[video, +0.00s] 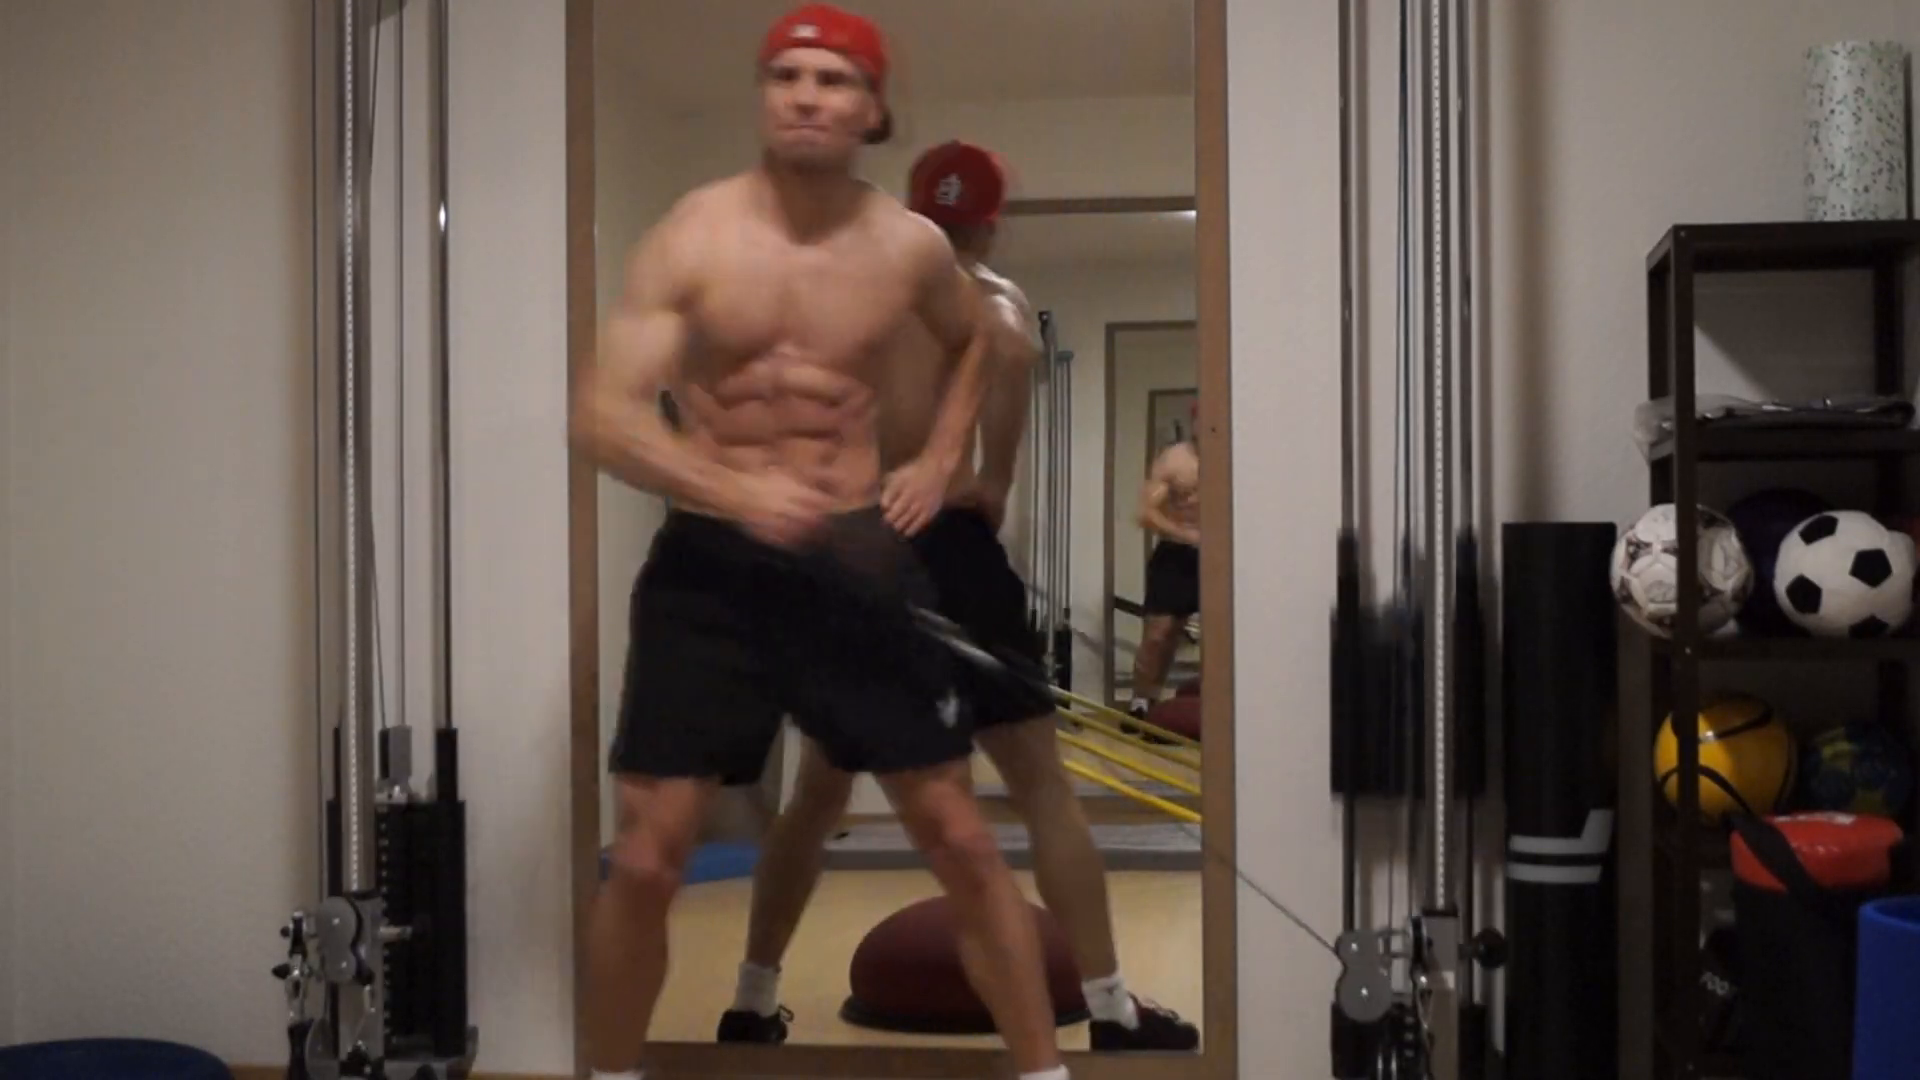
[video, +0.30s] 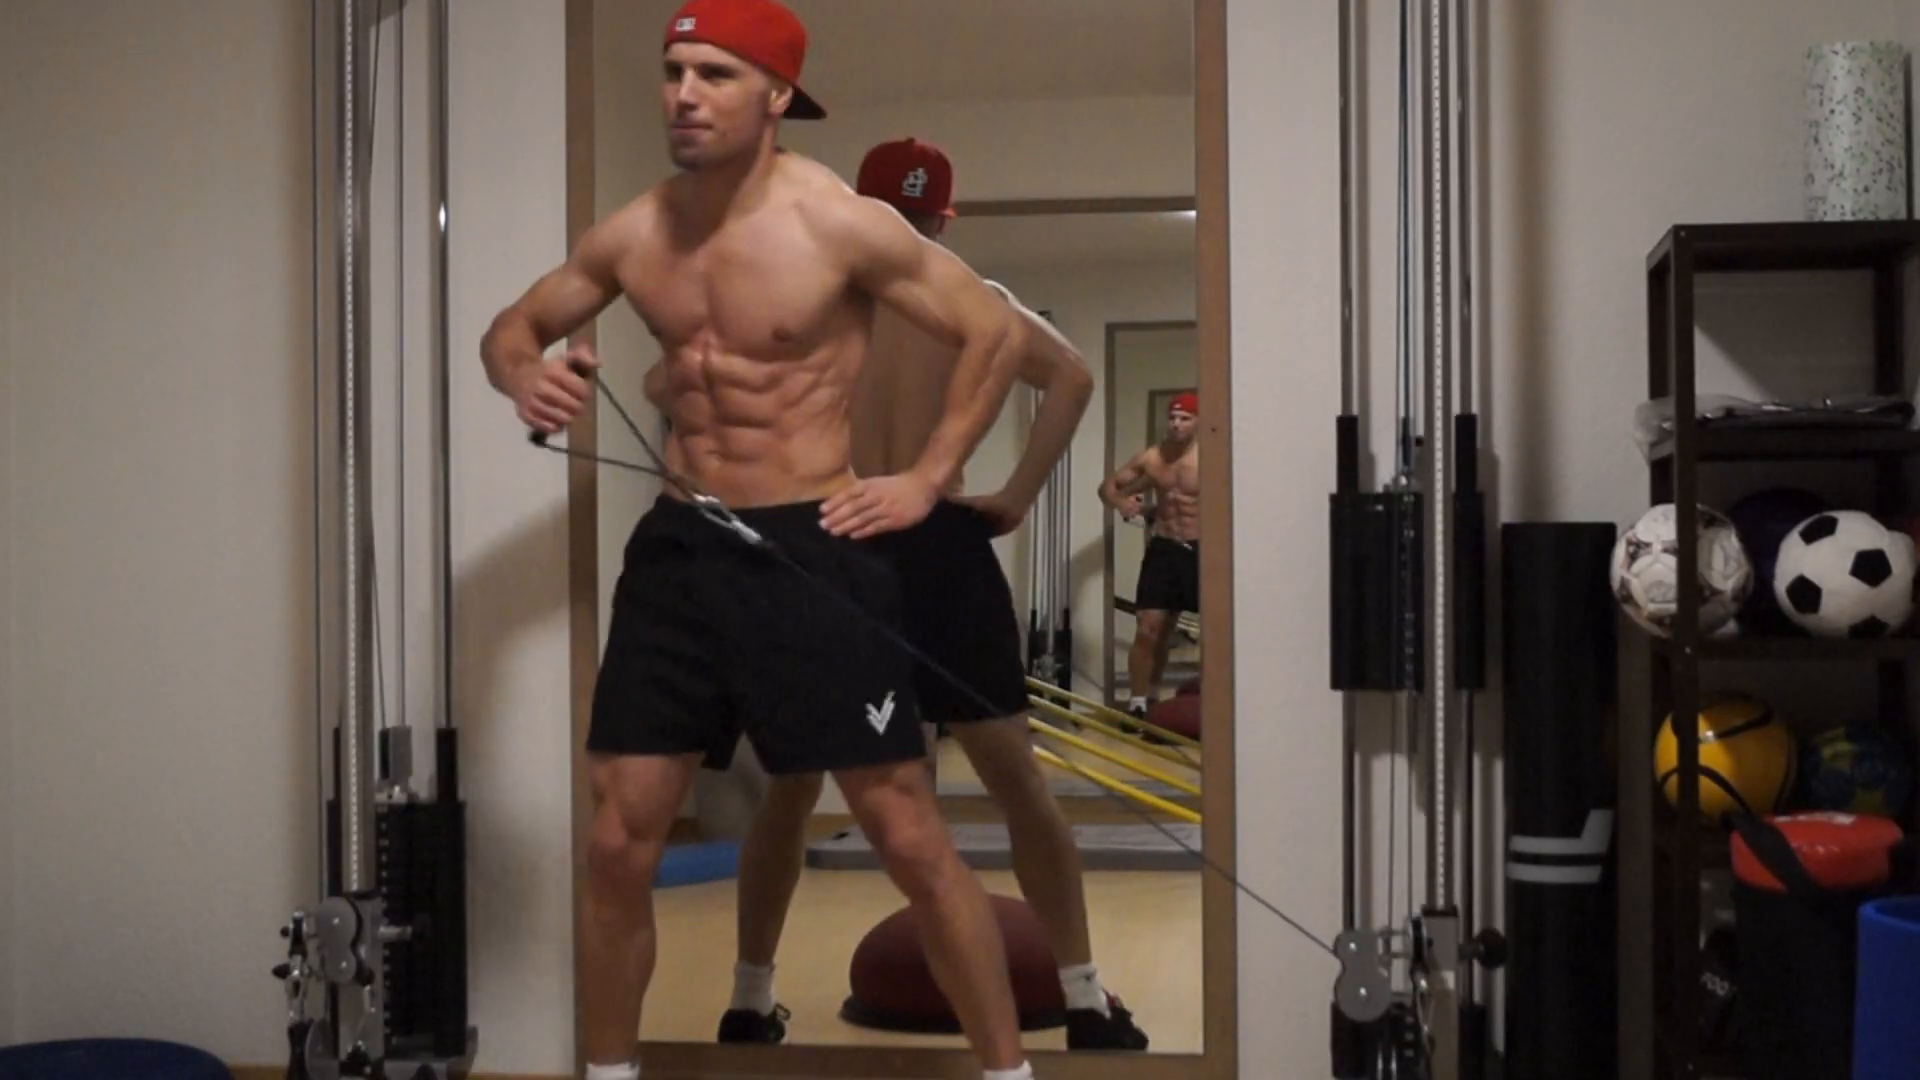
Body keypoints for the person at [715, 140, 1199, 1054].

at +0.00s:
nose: (997, 228)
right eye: (995, 214)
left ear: (913, 212)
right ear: (992, 222)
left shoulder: (860, 291)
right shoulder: (1007, 318)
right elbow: (997, 478)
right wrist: (980, 498)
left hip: (850, 545)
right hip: (959, 556)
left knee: (815, 798)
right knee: (1045, 788)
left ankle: (753, 997)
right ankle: (1110, 1005)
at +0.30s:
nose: (945, 230)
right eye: (948, 215)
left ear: (859, 207)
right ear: (944, 217)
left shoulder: (801, 288)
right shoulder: (973, 297)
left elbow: (667, 385)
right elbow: (1071, 376)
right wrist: (1017, 495)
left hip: (817, 554)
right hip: (943, 552)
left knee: (786, 796)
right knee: (1016, 780)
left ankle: (750, 1004)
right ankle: (1084, 998)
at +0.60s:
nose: (1036, 227)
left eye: (1026, 214)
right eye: (1034, 213)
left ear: (947, 209)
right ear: (1020, 216)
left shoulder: (892, 276)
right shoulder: (1025, 293)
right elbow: (1032, 382)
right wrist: (1023, 500)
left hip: (880, 546)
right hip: (987, 550)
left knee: (821, 795)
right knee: (1056, 783)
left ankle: (753, 996)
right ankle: (1086, 1003)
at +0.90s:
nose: (1101, 271)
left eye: (1105, 256)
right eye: (1096, 251)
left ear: (1048, 236)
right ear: (1048, 233)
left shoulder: (1012, 334)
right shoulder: (981, 286)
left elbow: (1051, 473)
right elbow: (925, 437)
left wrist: (1122, 579)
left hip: (912, 569)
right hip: (962, 573)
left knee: (849, 790)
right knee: (1058, 782)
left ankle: (756, 989)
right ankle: (1090, 1007)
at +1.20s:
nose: (1029, 298)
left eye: (1035, 283)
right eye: (1031, 278)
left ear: (970, 245)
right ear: (1004, 252)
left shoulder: (896, 294)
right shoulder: (969, 301)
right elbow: (955, 420)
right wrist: (988, 524)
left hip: (874, 554)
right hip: (953, 561)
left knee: (833, 792)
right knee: (1034, 779)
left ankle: (762, 993)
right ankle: (1083, 1000)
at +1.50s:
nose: (950, 278)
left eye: (934, 265)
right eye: (956, 266)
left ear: (865, 242)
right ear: (954, 260)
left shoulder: (811, 298)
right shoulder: (970, 312)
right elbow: (1052, 394)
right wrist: (997, 517)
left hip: (802, 569)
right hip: (921, 561)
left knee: (773, 797)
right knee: (1001, 791)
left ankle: (751, 995)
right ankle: (1078, 1000)